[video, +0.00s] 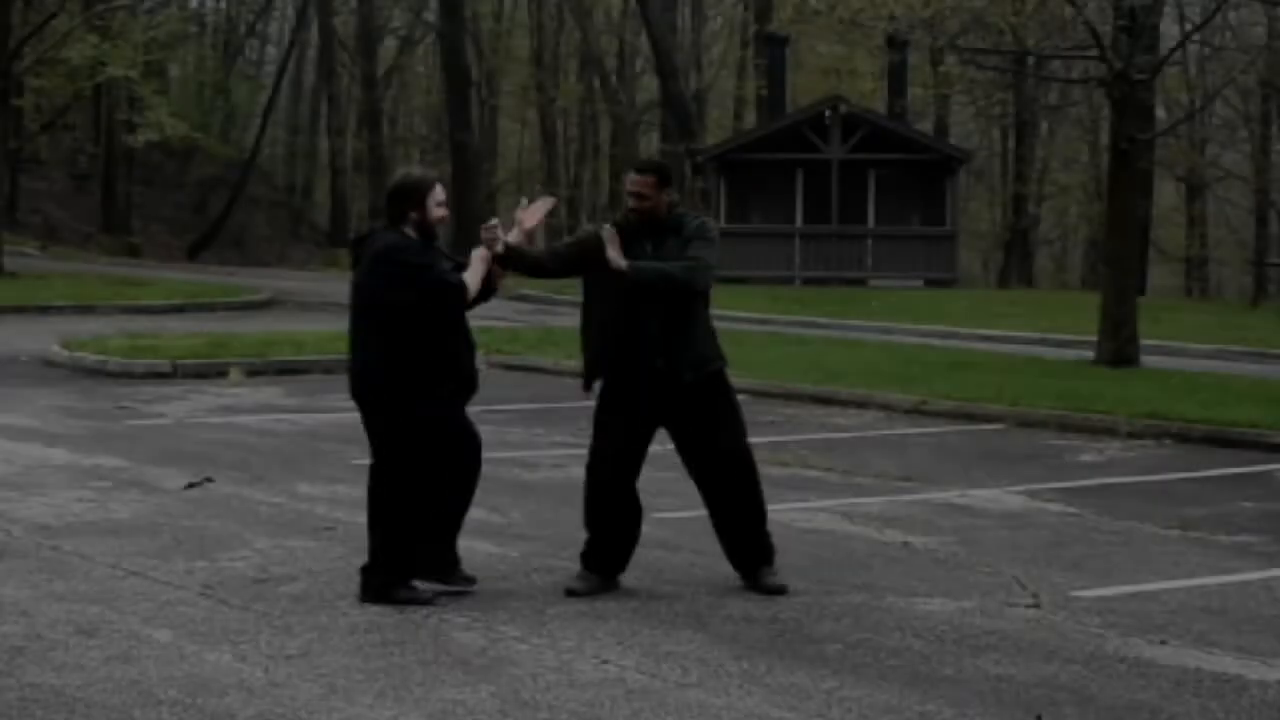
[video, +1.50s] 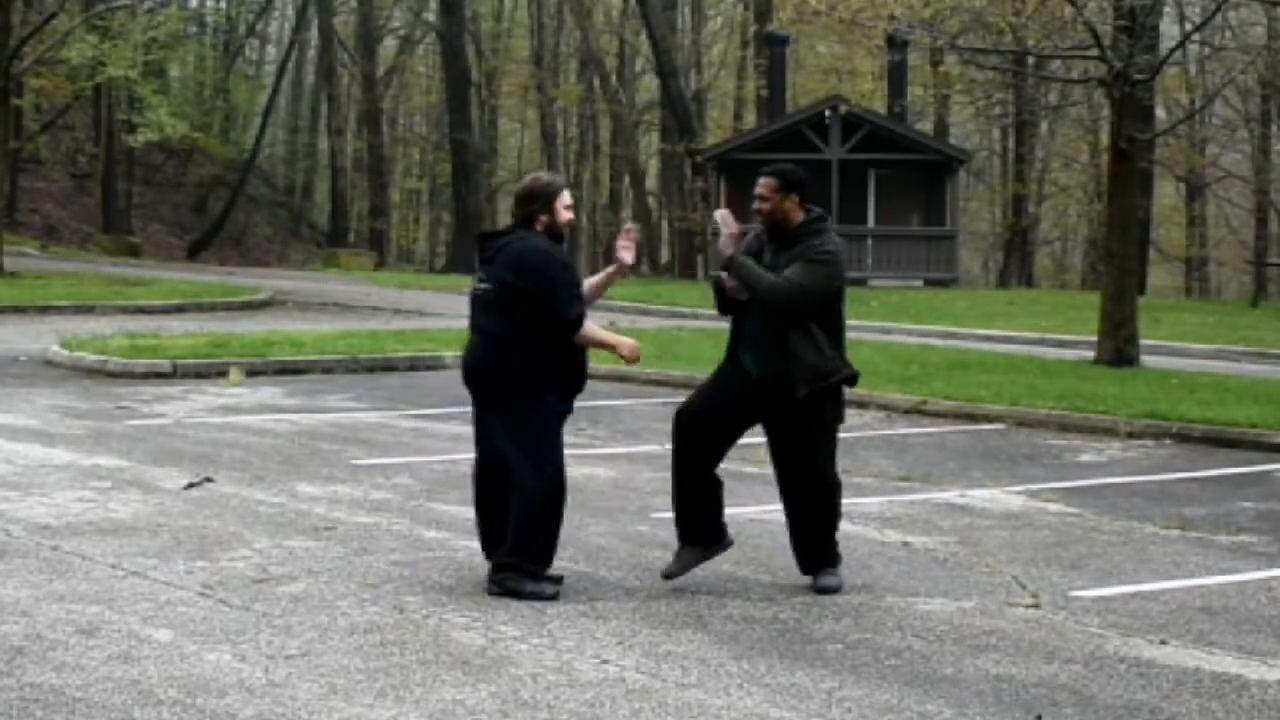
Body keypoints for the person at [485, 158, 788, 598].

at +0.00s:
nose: (633, 205)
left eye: (642, 198)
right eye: (629, 196)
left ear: (667, 198)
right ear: (623, 195)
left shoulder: (692, 232)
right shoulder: (613, 238)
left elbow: (697, 278)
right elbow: (553, 262)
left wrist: (625, 266)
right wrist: (505, 251)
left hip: (693, 378)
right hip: (628, 381)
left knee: (728, 470)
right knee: (608, 476)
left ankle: (758, 567)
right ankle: (600, 570)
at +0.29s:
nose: (613, 213)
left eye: (622, 206)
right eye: (608, 205)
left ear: (647, 203)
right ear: (602, 205)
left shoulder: (679, 236)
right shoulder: (597, 242)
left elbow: (684, 285)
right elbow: (558, 269)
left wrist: (621, 280)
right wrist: (518, 281)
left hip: (679, 381)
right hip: (616, 384)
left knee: (717, 472)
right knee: (598, 477)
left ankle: (749, 567)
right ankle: (600, 569)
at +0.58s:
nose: (613, 212)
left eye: (622, 204)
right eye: (608, 203)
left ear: (647, 203)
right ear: (603, 203)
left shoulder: (681, 238)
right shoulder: (593, 247)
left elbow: (686, 289)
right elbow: (560, 283)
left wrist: (623, 280)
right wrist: (529, 310)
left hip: (681, 383)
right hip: (616, 387)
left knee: (720, 471)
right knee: (598, 478)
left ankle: (751, 567)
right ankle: (599, 569)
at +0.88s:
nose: (662, 213)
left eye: (671, 206)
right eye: (660, 204)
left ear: (699, 207)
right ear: (656, 204)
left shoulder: (727, 246)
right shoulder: (648, 242)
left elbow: (726, 294)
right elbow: (592, 266)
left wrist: (657, 292)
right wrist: (605, 236)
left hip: (713, 389)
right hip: (649, 388)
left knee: (763, 473)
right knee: (615, 475)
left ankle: (821, 554)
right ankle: (598, 569)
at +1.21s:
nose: (736, 209)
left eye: (743, 202)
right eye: (734, 202)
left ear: (773, 203)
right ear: (739, 204)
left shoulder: (814, 251)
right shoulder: (733, 244)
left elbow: (822, 308)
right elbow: (697, 290)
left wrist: (772, 273)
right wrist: (662, 251)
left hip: (791, 388)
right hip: (731, 382)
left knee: (807, 477)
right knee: (674, 431)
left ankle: (825, 563)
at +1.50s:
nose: (757, 207)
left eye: (765, 200)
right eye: (756, 199)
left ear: (793, 202)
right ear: (760, 202)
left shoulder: (823, 251)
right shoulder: (758, 241)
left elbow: (782, 293)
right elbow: (732, 306)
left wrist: (733, 258)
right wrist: (727, 285)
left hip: (806, 384)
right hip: (748, 376)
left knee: (809, 477)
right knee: (692, 426)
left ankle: (823, 564)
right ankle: (702, 536)